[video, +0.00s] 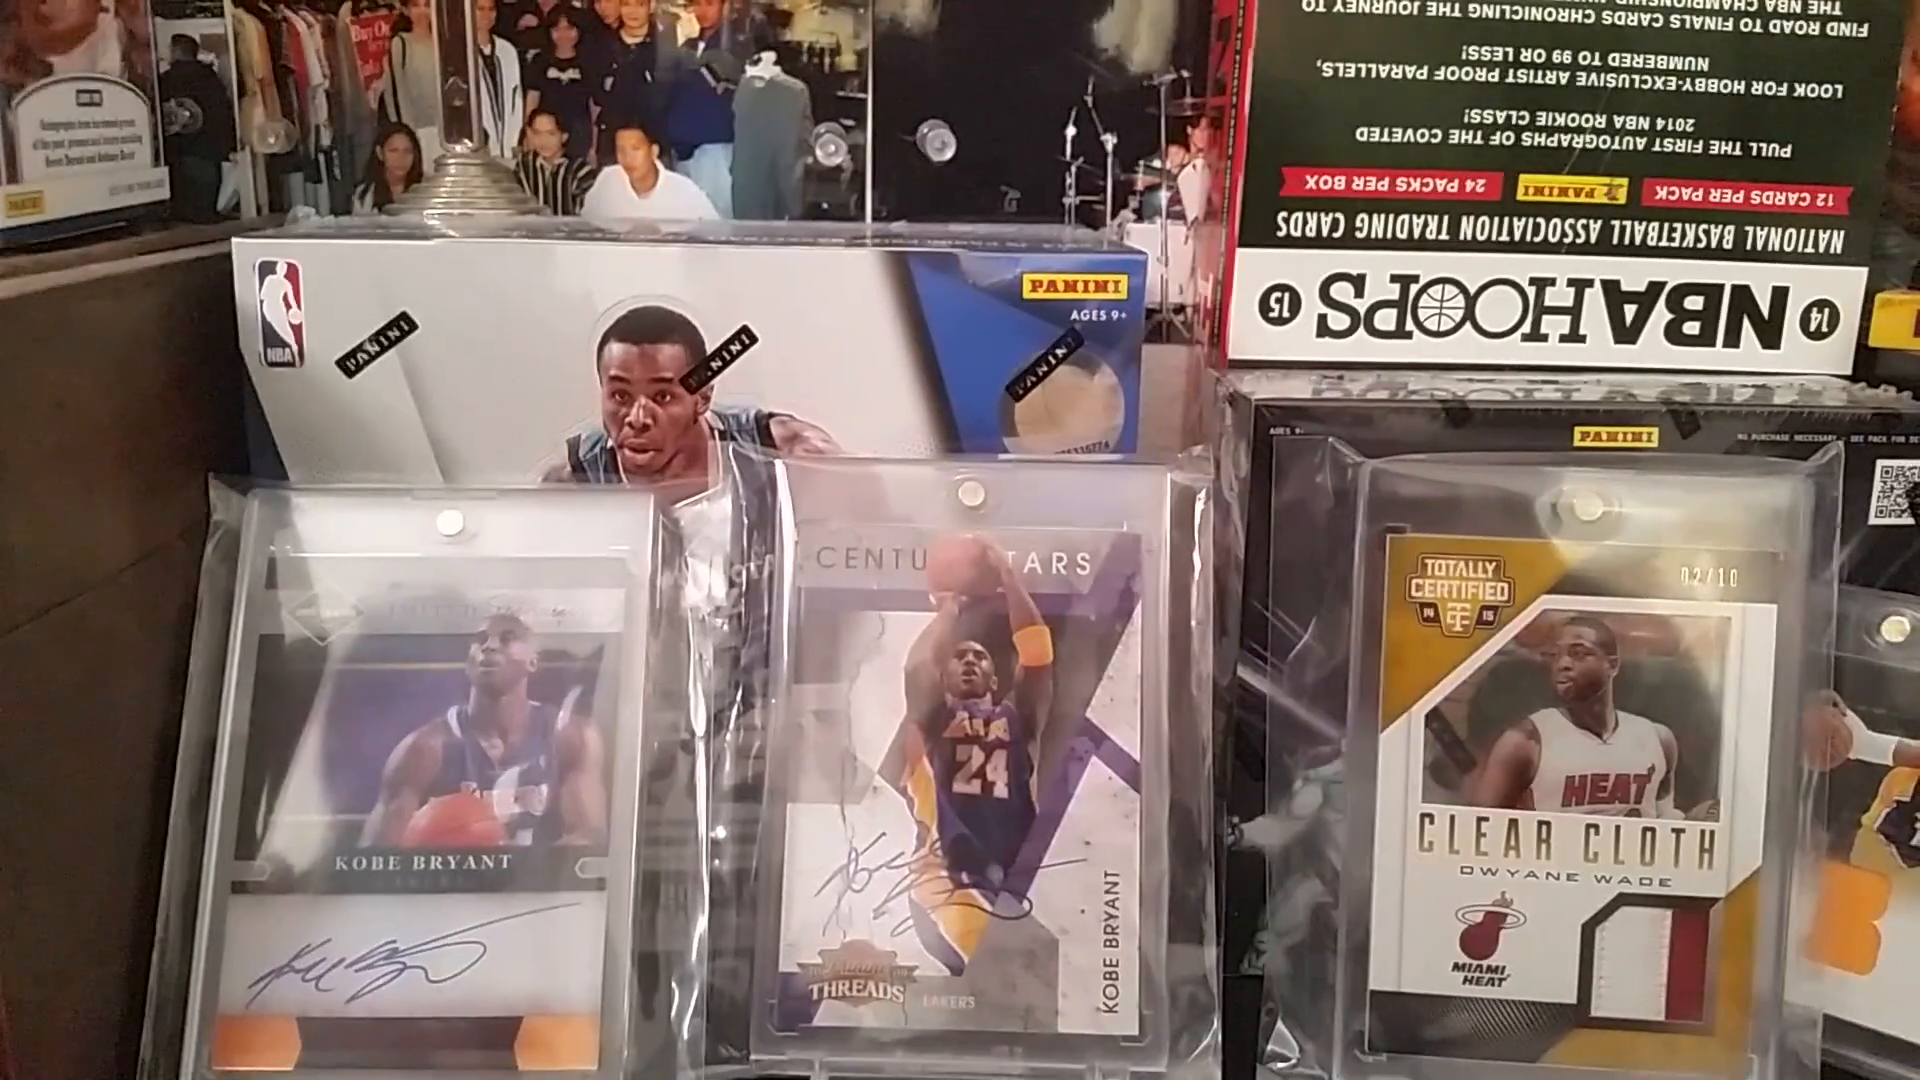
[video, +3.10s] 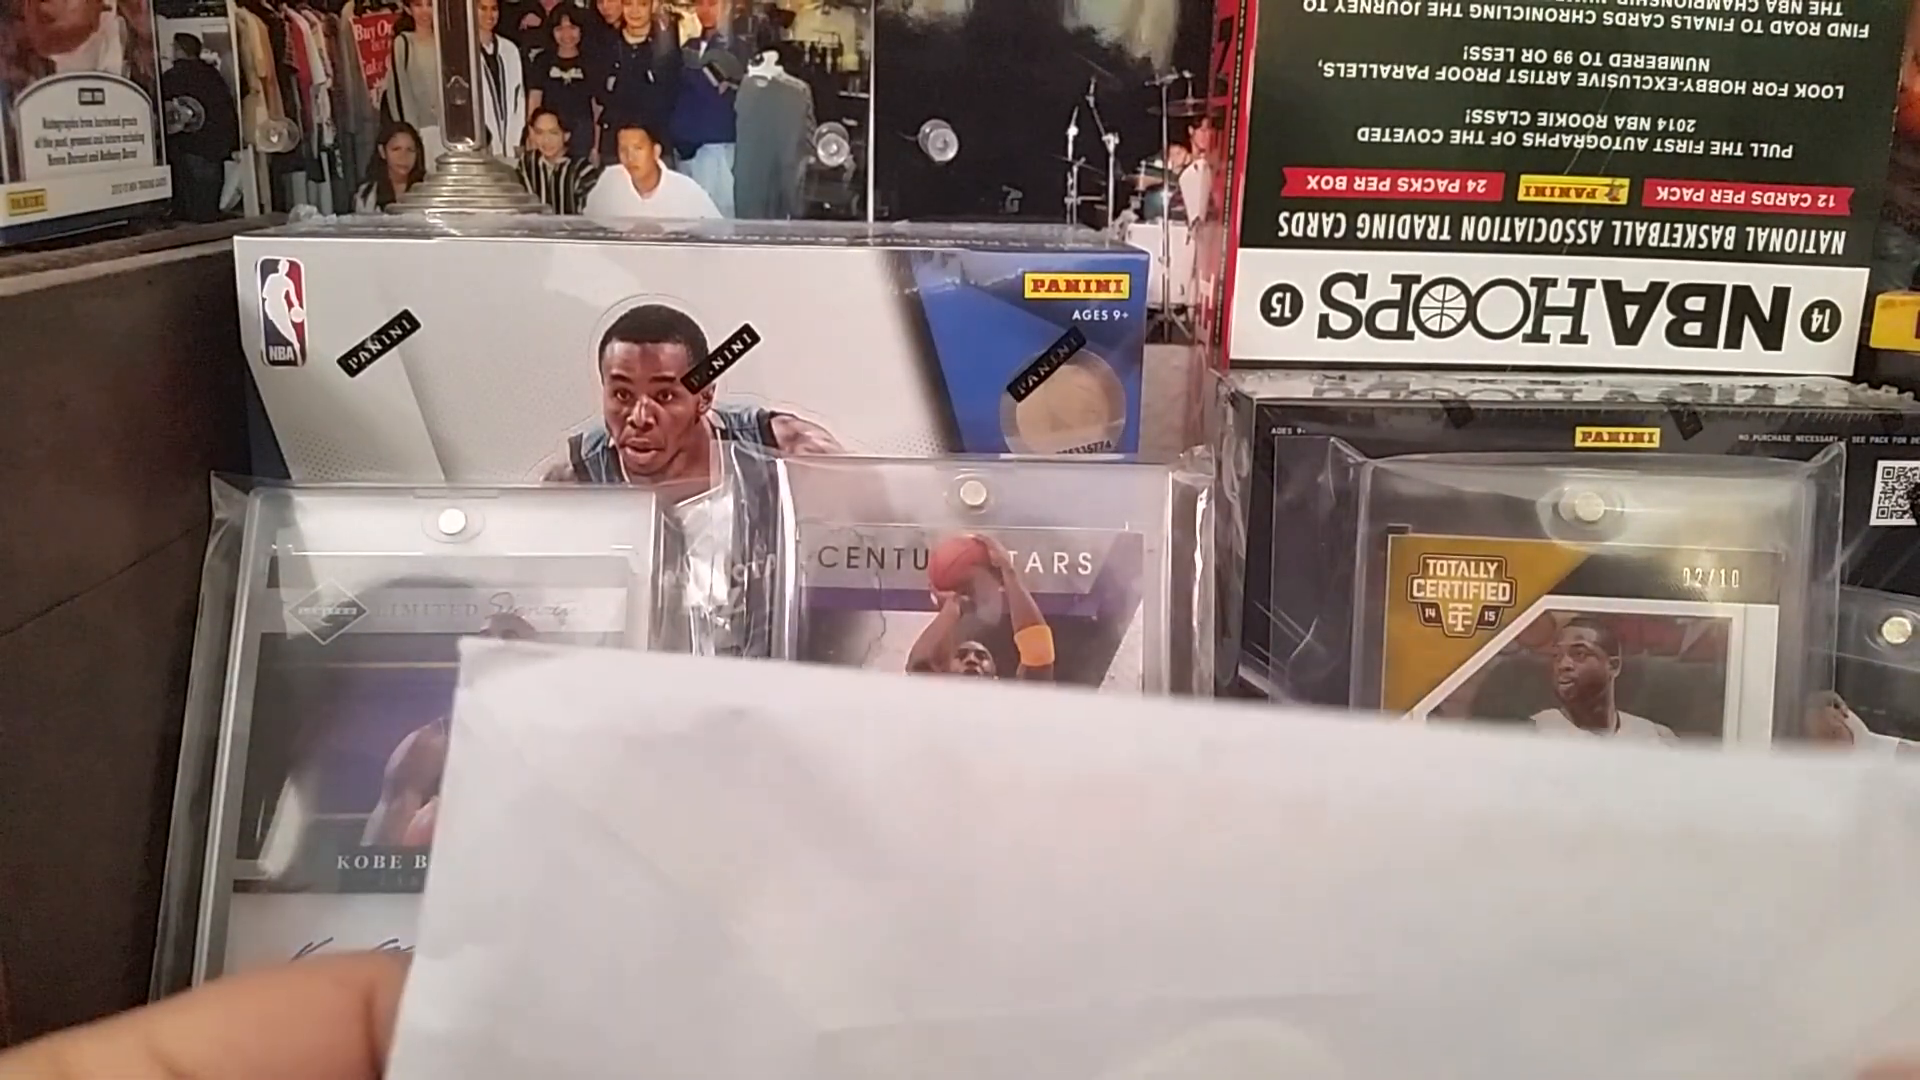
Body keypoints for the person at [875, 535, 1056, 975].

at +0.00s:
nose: (971, 660)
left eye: (980, 656)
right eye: (958, 655)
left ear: (995, 674)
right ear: (941, 673)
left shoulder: (1019, 719)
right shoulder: (931, 719)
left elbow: (1034, 650)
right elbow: (917, 667)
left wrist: (1007, 573)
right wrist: (949, 607)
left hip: (1012, 877)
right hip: (945, 876)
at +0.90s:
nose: (970, 661)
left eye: (981, 656)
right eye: (959, 656)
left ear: (996, 673)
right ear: (944, 674)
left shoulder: (1020, 716)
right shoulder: (938, 719)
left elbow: (1037, 652)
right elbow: (919, 665)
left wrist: (1009, 571)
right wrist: (950, 607)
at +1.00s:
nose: (970, 661)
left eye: (981, 657)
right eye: (960, 656)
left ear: (996, 675)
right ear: (945, 675)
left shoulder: (1020, 716)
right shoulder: (938, 720)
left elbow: (1037, 652)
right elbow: (919, 664)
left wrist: (1008, 571)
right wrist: (952, 605)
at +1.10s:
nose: (970, 661)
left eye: (981, 656)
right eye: (959, 656)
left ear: (996, 674)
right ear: (944, 674)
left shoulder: (1020, 716)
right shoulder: (938, 719)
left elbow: (1037, 652)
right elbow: (919, 665)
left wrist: (1009, 571)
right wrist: (952, 606)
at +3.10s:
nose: (972, 660)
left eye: (982, 657)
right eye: (962, 656)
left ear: (995, 674)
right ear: (948, 669)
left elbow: (1038, 653)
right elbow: (919, 666)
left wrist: (1008, 571)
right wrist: (952, 604)